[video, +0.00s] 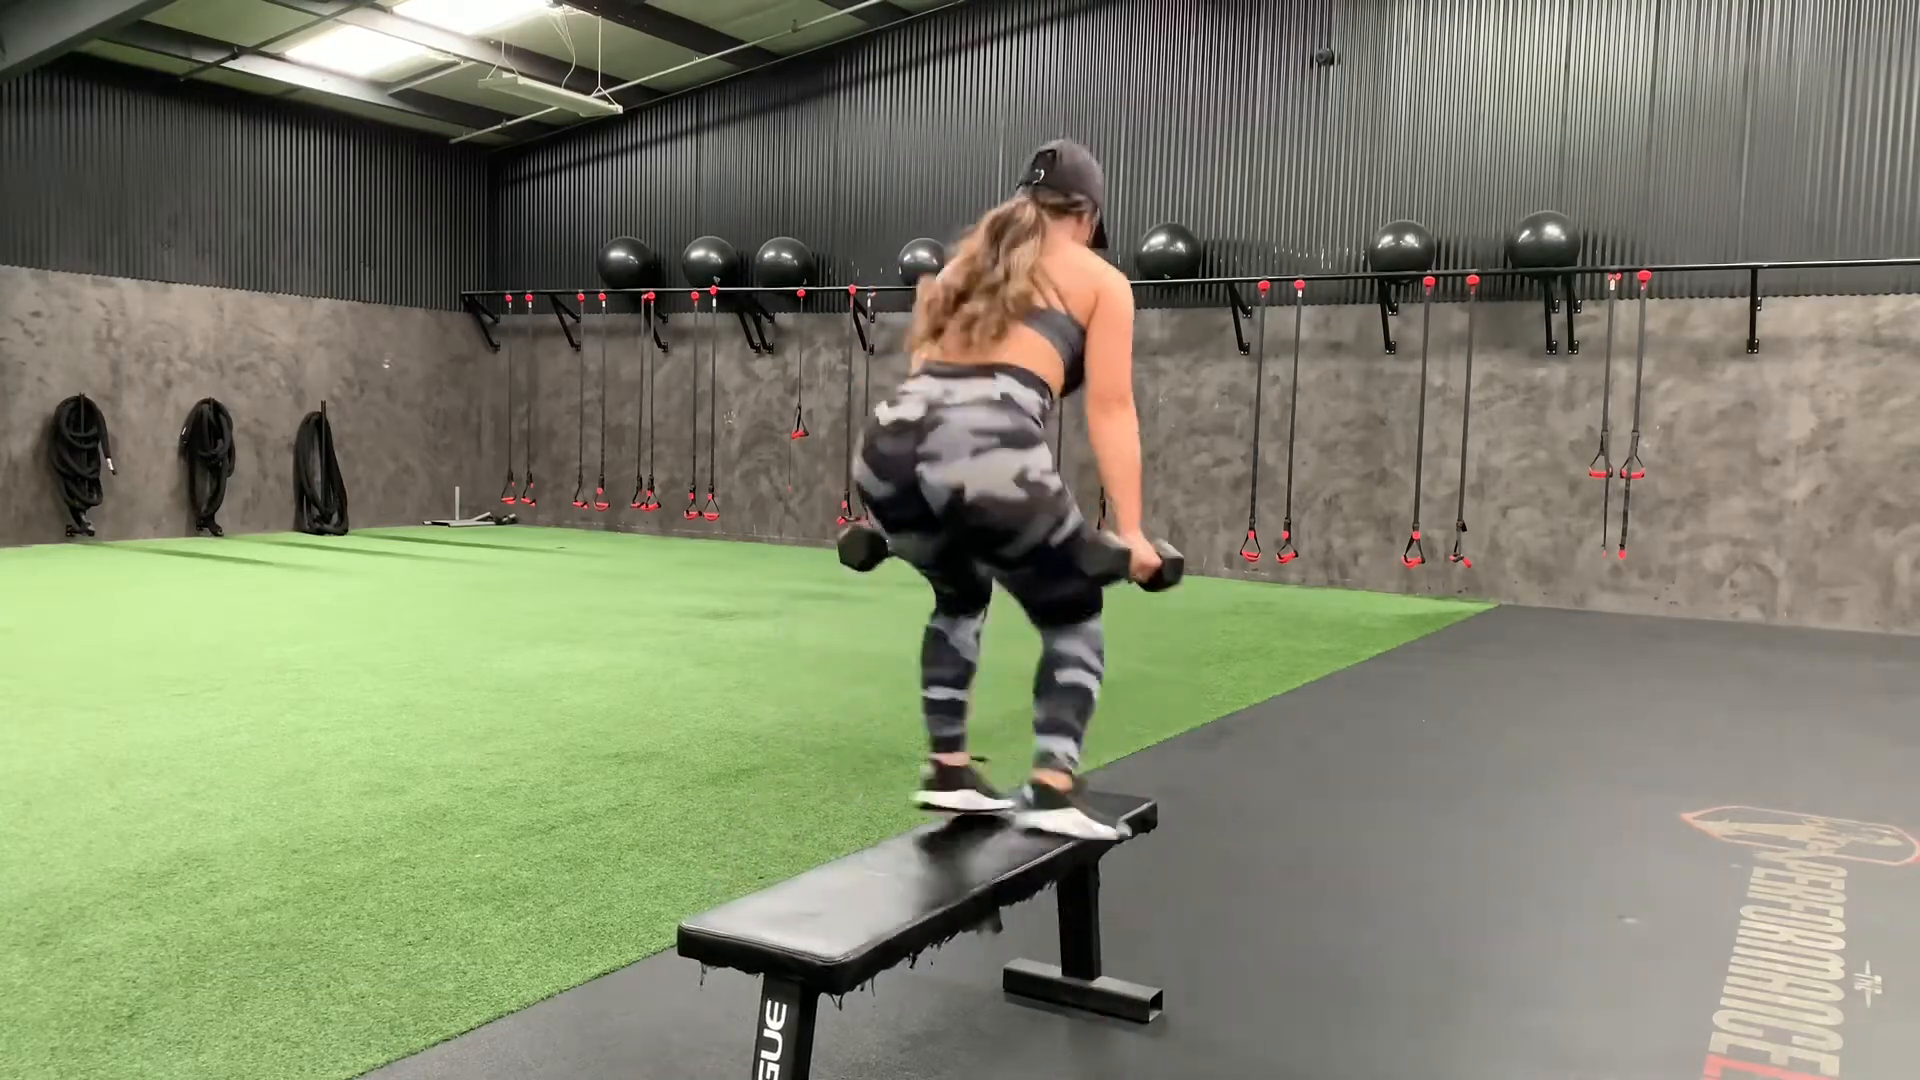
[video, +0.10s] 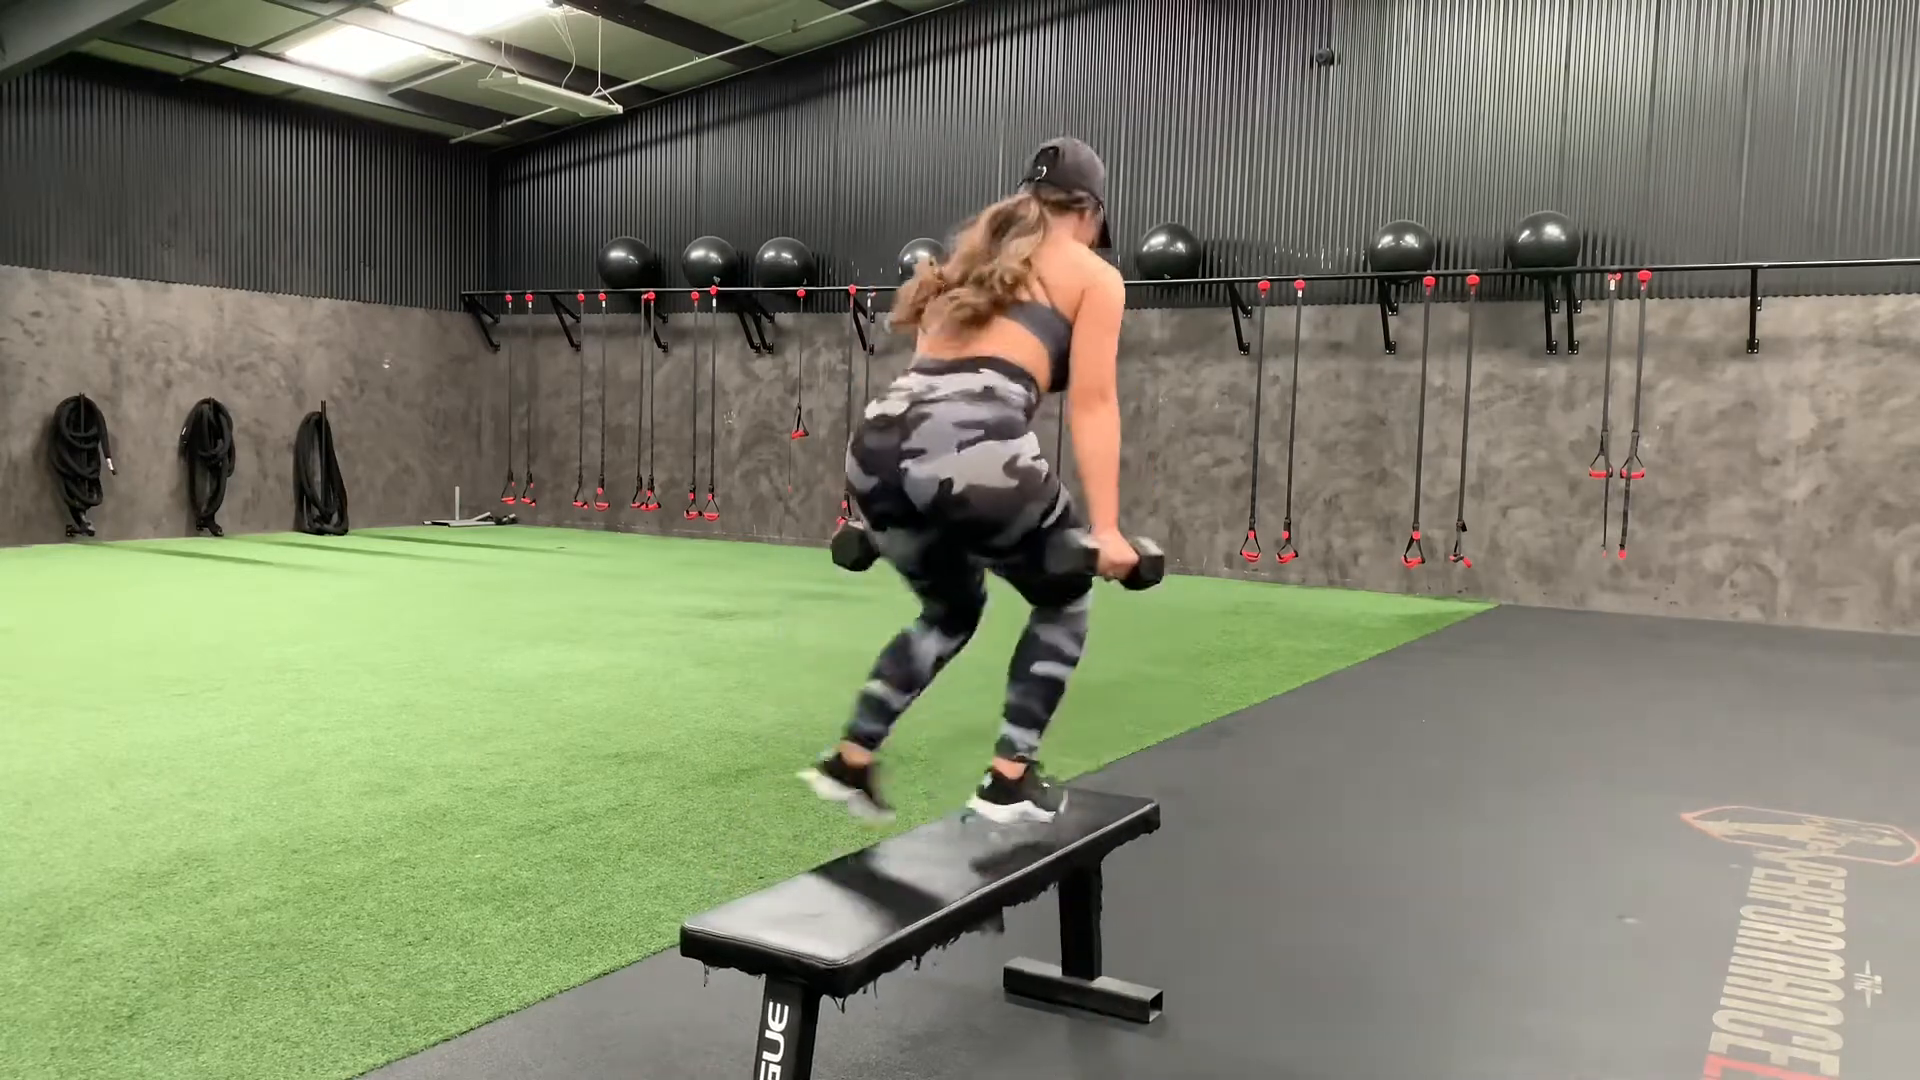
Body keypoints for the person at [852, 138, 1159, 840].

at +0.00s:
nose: (1092, 233)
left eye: (1090, 221)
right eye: (1093, 220)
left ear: (1022, 205)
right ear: (1085, 216)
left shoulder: (960, 264)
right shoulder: (1097, 278)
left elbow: (920, 379)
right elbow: (1110, 410)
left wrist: (877, 507)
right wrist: (1130, 531)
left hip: (892, 455)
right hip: (995, 458)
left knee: (960, 594)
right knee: (1071, 615)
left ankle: (946, 765)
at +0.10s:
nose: (1096, 231)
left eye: (1094, 218)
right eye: (1097, 217)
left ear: (1028, 202)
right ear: (1089, 212)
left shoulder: (973, 257)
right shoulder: (1093, 275)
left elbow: (925, 372)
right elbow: (1093, 403)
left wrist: (866, 503)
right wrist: (1105, 530)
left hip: (880, 452)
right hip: (977, 451)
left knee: (952, 607)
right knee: (1063, 597)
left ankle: (851, 758)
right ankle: (1009, 776)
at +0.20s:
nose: (1095, 272)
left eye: (1095, 260)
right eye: (1095, 260)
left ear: (1031, 245)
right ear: (1087, 255)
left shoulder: (972, 296)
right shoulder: (1085, 312)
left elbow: (935, 414)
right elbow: (1076, 446)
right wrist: (1081, 571)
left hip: (871, 501)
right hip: (956, 501)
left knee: (894, 684)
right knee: (1053, 619)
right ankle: (987, 797)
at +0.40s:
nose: (1063, 430)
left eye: (1064, 416)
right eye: (1064, 415)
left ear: (995, 402)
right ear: (1050, 412)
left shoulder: (942, 462)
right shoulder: (1041, 488)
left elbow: (918, 579)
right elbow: (1034, 625)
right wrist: (1044, 753)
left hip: (854, 677)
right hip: (933, 684)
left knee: (844, 867)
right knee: (1071, 643)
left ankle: (716, 1008)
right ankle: (993, 805)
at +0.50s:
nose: (1077, 393)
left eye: (1074, 381)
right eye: (1078, 381)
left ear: (1011, 369)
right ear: (1070, 380)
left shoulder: (957, 425)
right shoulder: (1063, 450)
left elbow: (929, 538)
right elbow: (1053, 593)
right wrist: (1051, 717)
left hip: (857, 647)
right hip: (941, 653)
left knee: (817, 827)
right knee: (1070, 639)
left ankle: (724, 992)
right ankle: (989, 797)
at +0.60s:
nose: (1100, 314)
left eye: (1097, 302)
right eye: (1101, 302)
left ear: (1029, 290)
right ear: (1097, 303)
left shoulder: (974, 343)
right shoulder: (1100, 366)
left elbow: (933, 441)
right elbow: (1081, 500)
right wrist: (1079, 625)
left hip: (861, 543)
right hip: (953, 553)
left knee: (851, 729)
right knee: (1047, 614)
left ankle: (774, 900)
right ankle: (989, 790)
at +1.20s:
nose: (1076, 425)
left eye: (1065, 413)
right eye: (1078, 415)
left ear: (1008, 405)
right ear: (1078, 415)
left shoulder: (946, 481)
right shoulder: (1106, 499)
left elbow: (896, 617)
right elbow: (1132, 641)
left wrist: (862, 720)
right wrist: (1157, 760)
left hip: (941, 710)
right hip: (1049, 718)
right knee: (1057, 926)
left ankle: (980, 798)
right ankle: (1066, 1069)